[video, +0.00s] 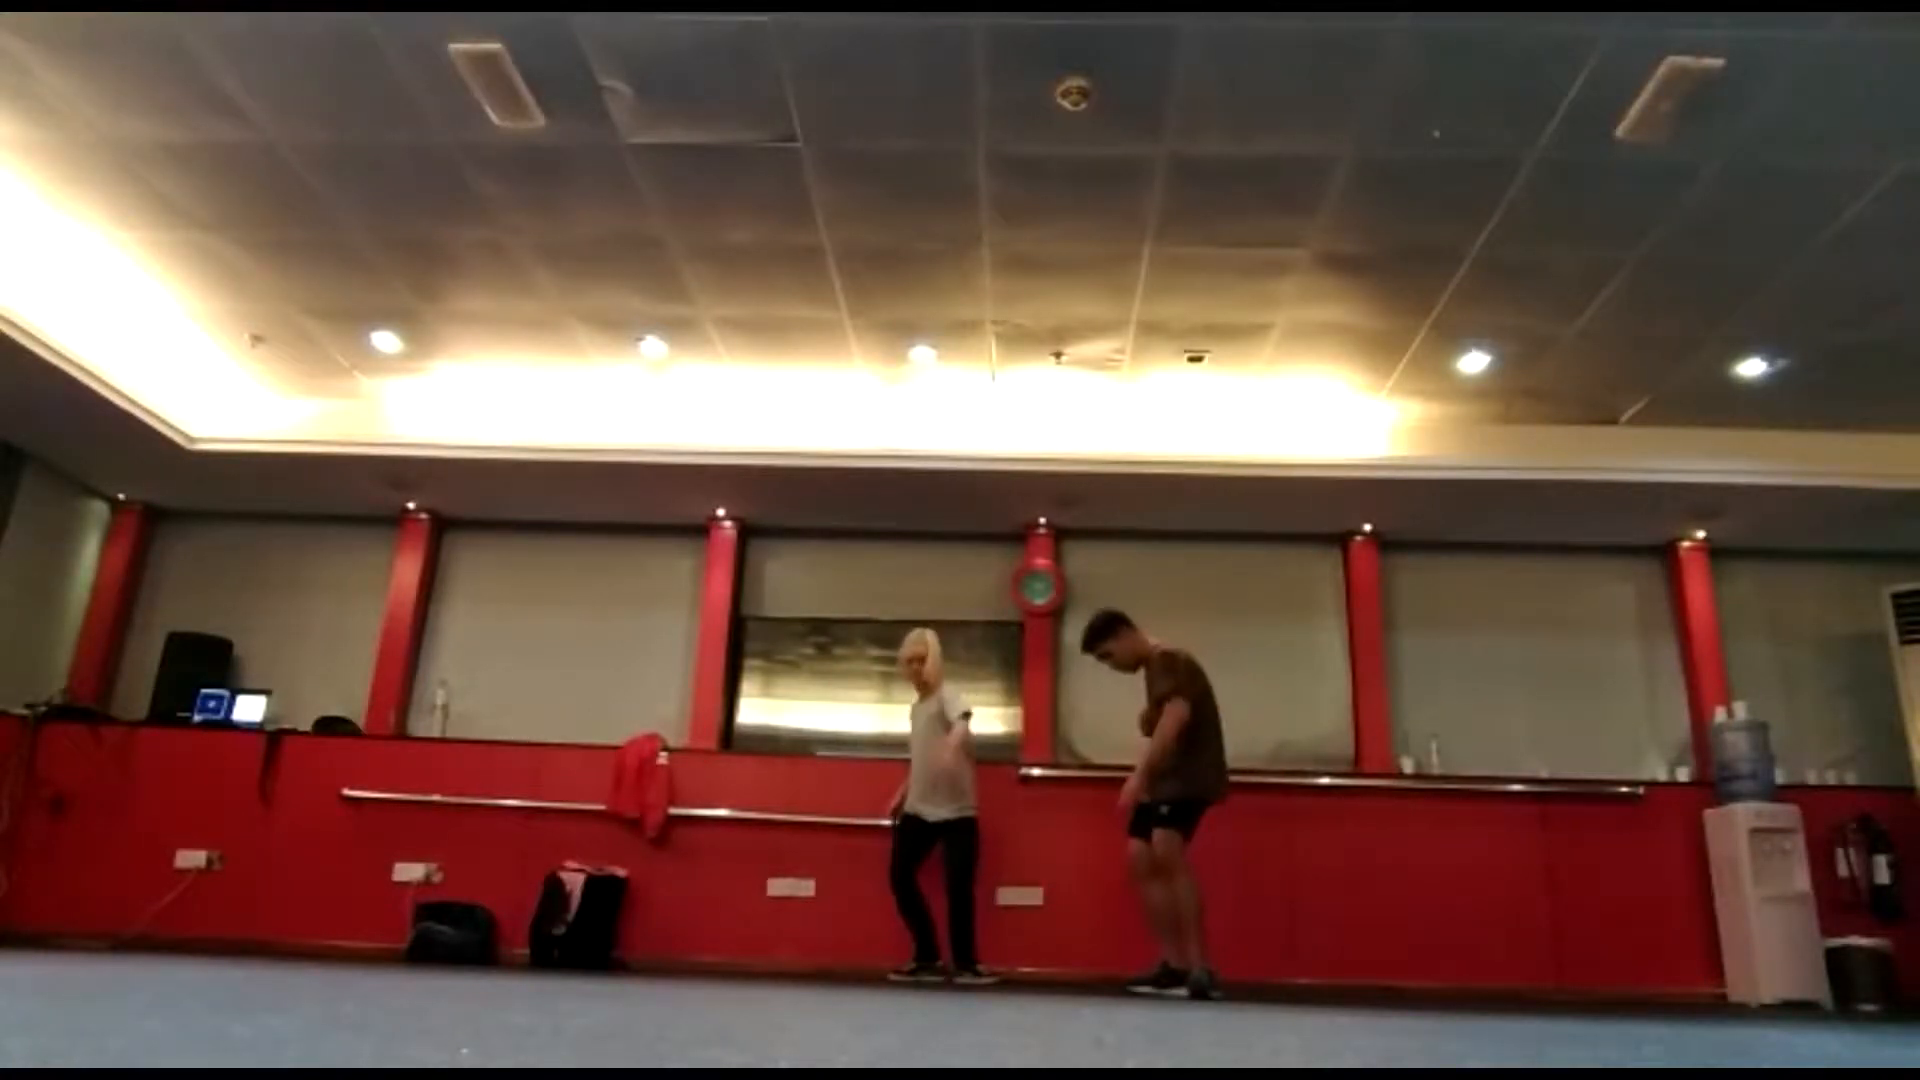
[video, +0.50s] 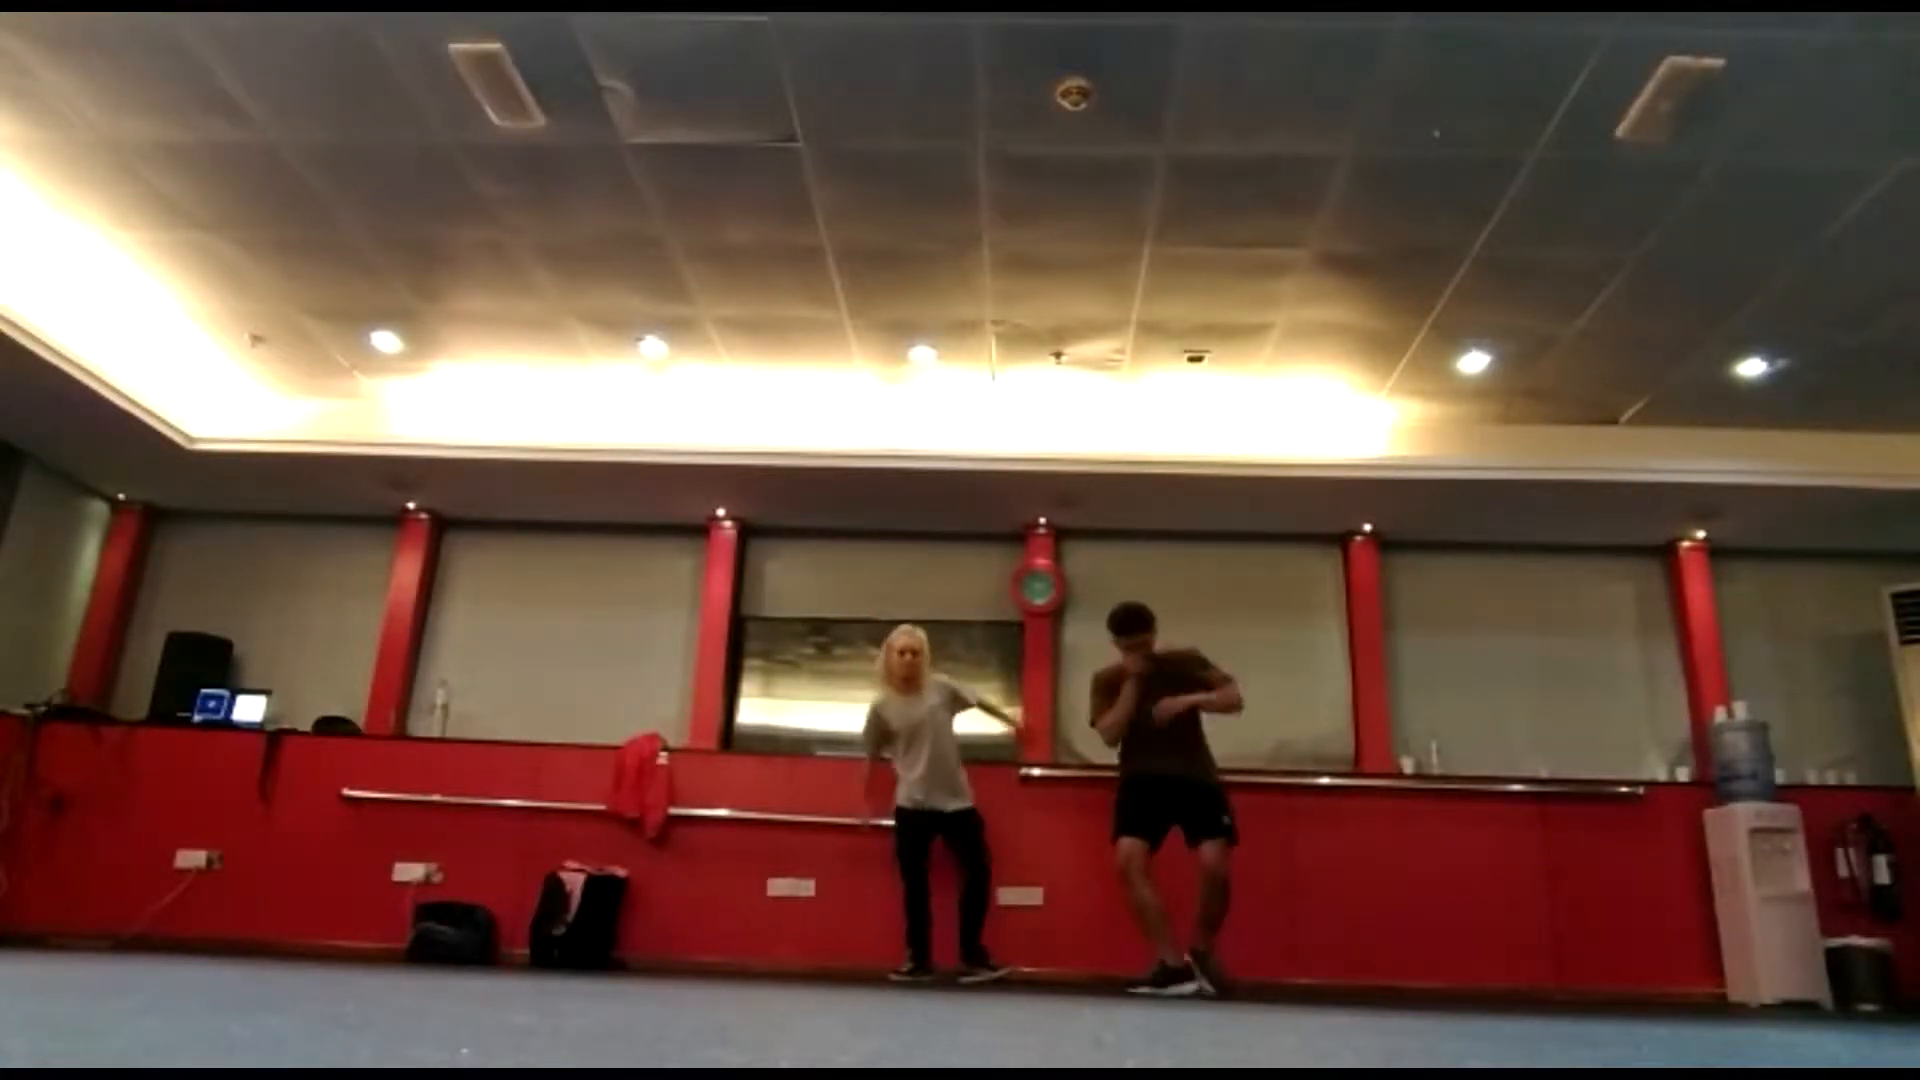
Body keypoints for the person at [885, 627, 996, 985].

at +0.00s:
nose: (914, 670)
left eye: (920, 661)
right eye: (908, 663)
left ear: (935, 661)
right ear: (902, 666)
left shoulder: (949, 699)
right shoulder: (918, 708)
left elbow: (963, 724)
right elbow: (920, 762)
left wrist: (950, 750)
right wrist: (900, 796)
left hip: (956, 811)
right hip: (920, 811)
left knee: (959, 890)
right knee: (901, 876)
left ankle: (964, 962)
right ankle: (926, 957)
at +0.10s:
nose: (907, 674)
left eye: (914, 666)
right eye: (902, 668)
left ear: (929, 667)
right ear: (896, 672)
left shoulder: (945, 704)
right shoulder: (909, 716)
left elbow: (975, 734)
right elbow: (915, 770)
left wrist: (1002, 755)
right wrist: (895, 806)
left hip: (955, 815)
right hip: (917, 815)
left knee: (961, 893)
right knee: (898, 880)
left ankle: (965, 963)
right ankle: (927, 958)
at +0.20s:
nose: (905, 671)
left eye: (912, 664)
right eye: (898, 665)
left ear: (925, 667)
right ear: (890, 671)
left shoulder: (942, 704)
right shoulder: (899, 718)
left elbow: (982, 724)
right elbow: (904, 769)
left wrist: (1018, 742)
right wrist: (890, 815)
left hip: (956, 812)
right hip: (917, 813)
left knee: (965, 890)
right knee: (901, 879)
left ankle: (966, 963)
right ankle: (927, 958)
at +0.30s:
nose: (903, 661)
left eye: (909, 653)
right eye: (896, 654)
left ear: (920, 657)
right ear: (884, 661)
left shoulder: (939, 691)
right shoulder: (888, 709)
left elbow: (989, 709)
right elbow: (893, 763)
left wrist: (1031, 724)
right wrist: (890, 807)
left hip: (958, 800)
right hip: (917, 803)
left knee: (969, 880)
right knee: (912, 878)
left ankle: (966, 960)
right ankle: (927, 958)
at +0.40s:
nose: (904, 656)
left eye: (911, 649)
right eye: (897, 649)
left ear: (921, 654)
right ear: (884, 655)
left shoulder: (941, 686)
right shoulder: (884, 705)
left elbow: (985, 701)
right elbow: (885, 757)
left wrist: (1025, 717)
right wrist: (886, 802)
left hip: (959, 796)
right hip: (916, 800)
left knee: (969, 878)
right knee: (916, 882)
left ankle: (968, 957)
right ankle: (926, 957)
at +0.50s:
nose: (908, 660)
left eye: (914, 653)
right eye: (900, 653)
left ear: (924, 657)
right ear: (887, 658)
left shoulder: (942, 690)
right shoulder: (883, 707)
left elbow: (981, 703)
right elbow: (871, 757)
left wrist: (1014, 722)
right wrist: (865, 802)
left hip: (956, 801)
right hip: (913, 804)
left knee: (978, 875)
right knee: (915, 886)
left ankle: (973, 955)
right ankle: (918, 959)